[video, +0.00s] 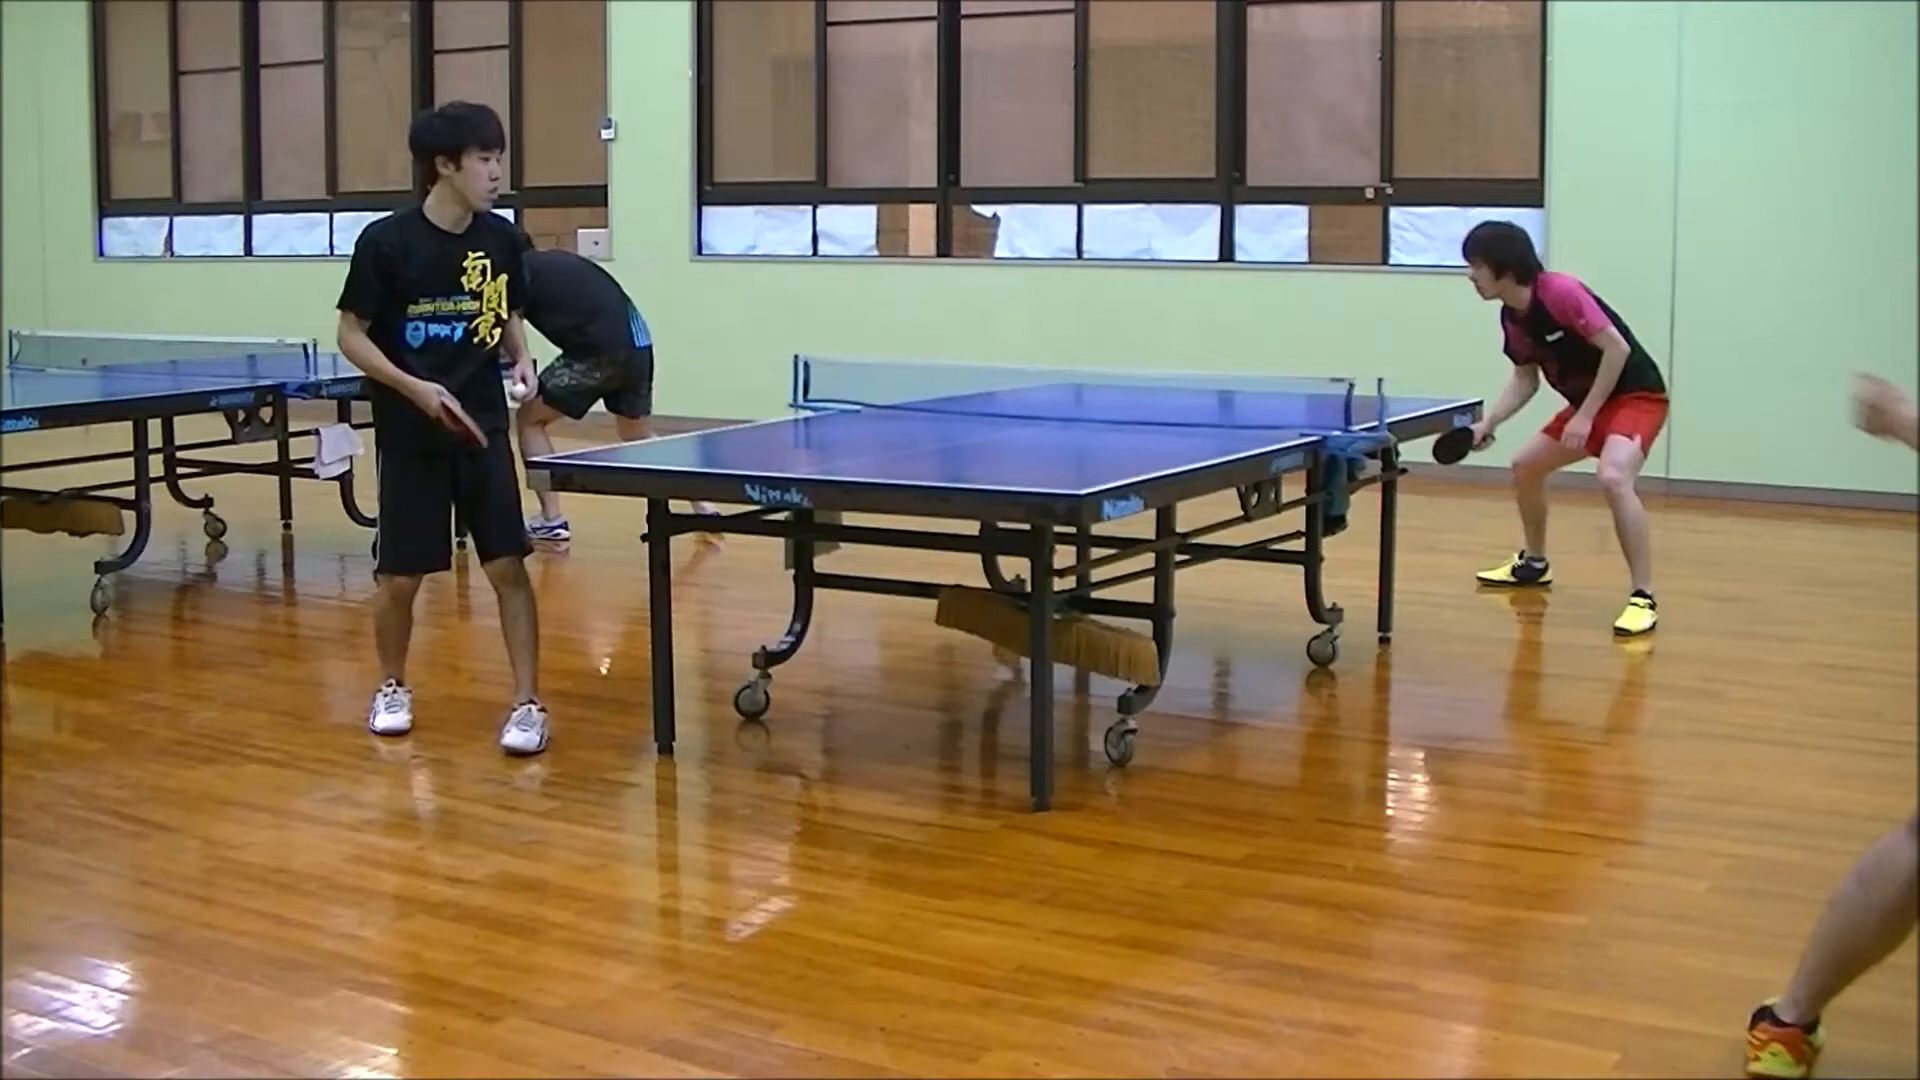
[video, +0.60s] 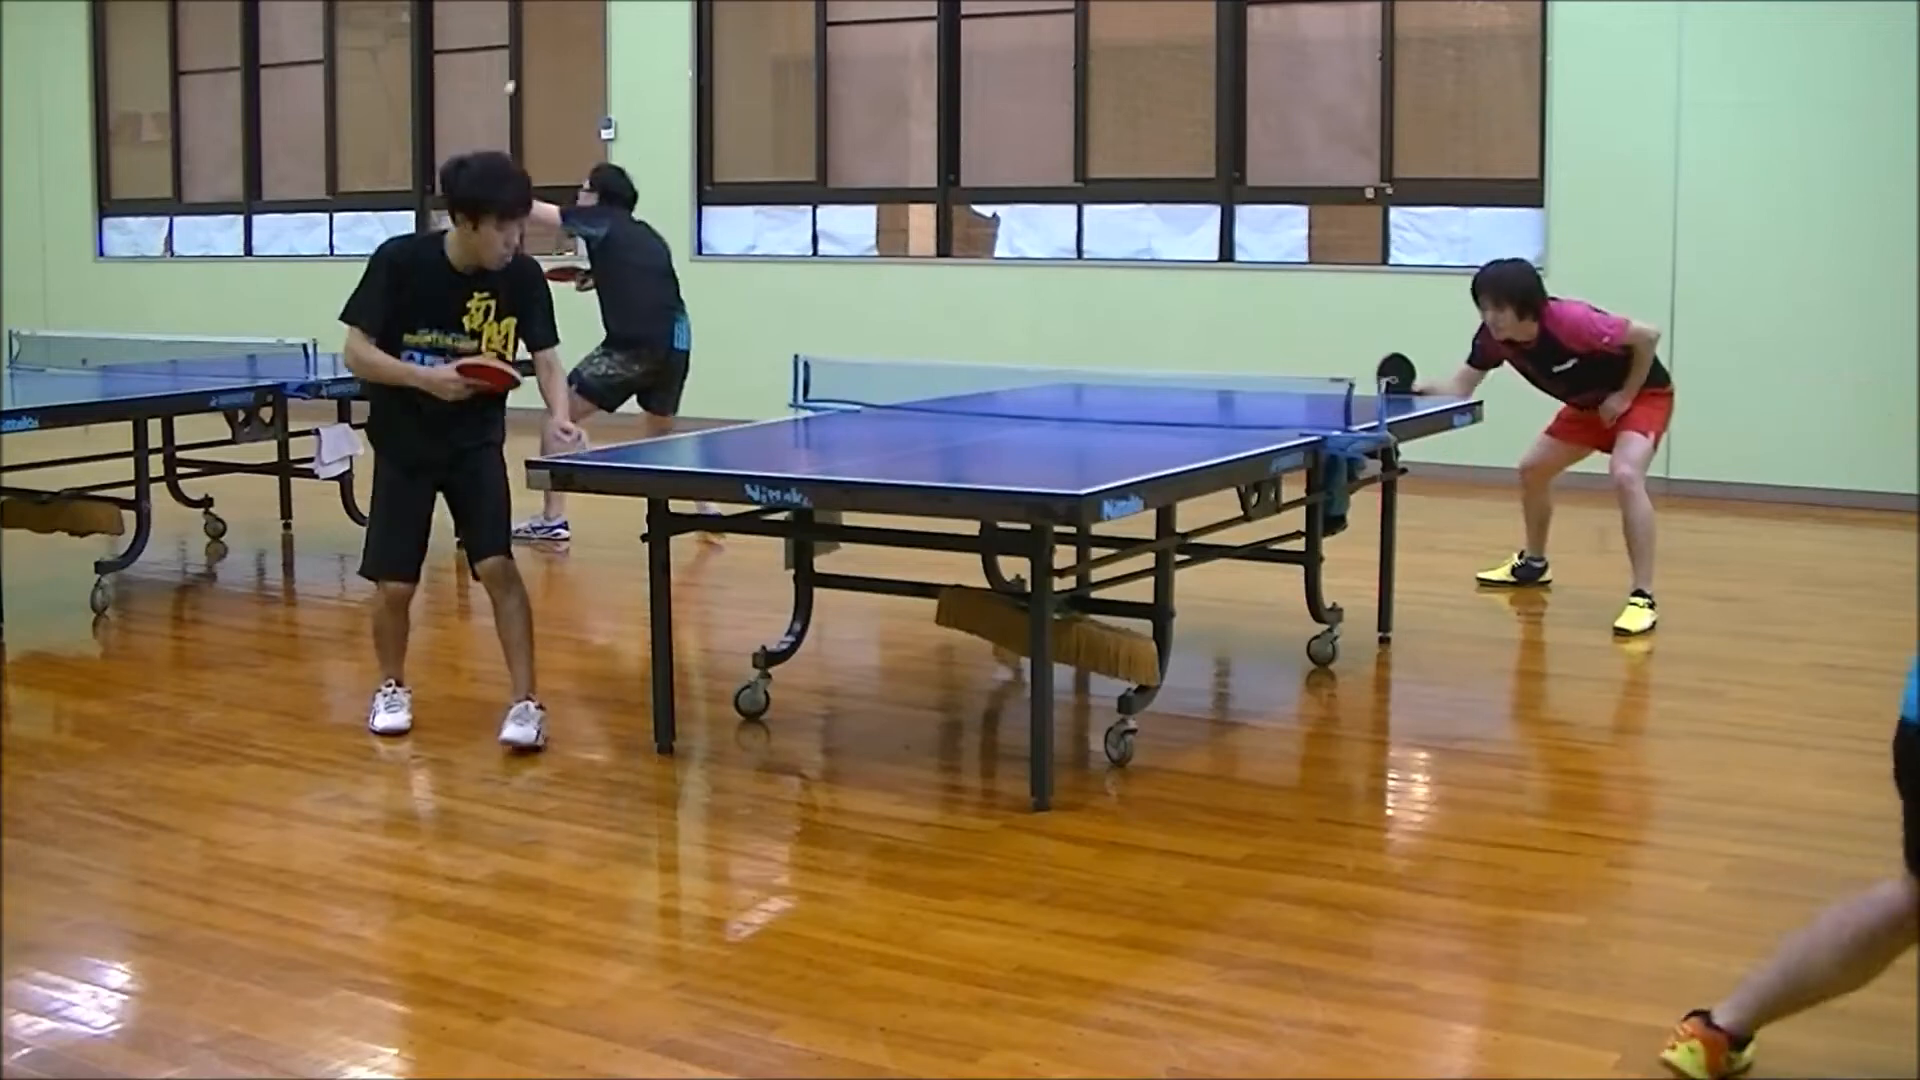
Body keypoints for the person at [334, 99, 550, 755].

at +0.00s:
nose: (498, 172)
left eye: (499, 159)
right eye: (485, 160)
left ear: (492, 164)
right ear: (443, 166)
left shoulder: (502, 237)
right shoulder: (386, 241)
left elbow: (510, 315)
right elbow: (349, 335)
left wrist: (521, 364)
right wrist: (414, 387)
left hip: (486, 429)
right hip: (411, 433)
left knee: (507, 566)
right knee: (400, 577)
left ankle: (526, 704)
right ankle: (392, 689)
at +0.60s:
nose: (515, 240)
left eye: (519, 226)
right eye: (504, 227)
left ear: (520, 221)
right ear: (465, 220)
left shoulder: (522, 276)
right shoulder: (399, 260)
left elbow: (546, 360)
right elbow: (356, 352)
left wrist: (558, 417)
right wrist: (425, 377)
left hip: (476, 446)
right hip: (403, 446)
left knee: (495, 566)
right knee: (394, 585)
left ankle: (525, 701)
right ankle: (392, 688)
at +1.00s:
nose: (544, 319)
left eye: (552, 306)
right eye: (533, 307)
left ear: (561, 292)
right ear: (498, 289)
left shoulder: (565, 320)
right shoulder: (449, 293)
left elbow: (572, 407)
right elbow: (417, 387)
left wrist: (556, 424)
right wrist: (498, 384)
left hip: (510, 467)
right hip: (443, 461)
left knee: (499, 583)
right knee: (414, 595)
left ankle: (525, 709)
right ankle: (402, 674)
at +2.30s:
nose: (555, 348)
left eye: (562, 337)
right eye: (545, 337)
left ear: (573, 324)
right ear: (510, 318)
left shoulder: (574, 344)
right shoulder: (462, 304)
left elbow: (554, 435)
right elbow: (371, 349)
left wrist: (533, 431)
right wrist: (439, 332)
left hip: (520, 473)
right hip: (453, 463)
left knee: (508, 595)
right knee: (438, 578)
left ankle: (525, 708)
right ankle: (427, 659)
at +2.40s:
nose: (548, 345)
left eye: (554, 334)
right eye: (537, 334)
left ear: (563, 319)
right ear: (503, 316)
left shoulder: (565, 345)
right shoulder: (457, 303)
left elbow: (550, 436)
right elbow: (346, 314)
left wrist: (531, 432)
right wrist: (378, 310)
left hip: (513, 475)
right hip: (448, 465)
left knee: (508, 598)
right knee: (418, 580)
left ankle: (525, 709)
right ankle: (406, 653)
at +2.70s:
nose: (483, 316)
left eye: (489, 302)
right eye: (470, 307)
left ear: (496, 287)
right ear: (433, 296)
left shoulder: (510, 330)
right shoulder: (395, 285)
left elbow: (505, 417)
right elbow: (352, 280)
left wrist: (506, 479)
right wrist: (309, 306)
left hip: (475, 480)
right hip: (404, 473)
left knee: (480, 596)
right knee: (363, 611)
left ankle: (524, 708)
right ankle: (333, 692)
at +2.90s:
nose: (421, 277)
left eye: (427, 262)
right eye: (407, 268)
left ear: (435, 248)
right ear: (371, 263)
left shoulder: (452, 288)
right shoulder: (338, 266)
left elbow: (488, 373)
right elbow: (317, 297)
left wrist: (518, 431)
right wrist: (297, 339)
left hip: (437, 450)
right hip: (363, 450)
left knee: (471, 571)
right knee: (341, 590)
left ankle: (496, 691)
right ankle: (335, 694)